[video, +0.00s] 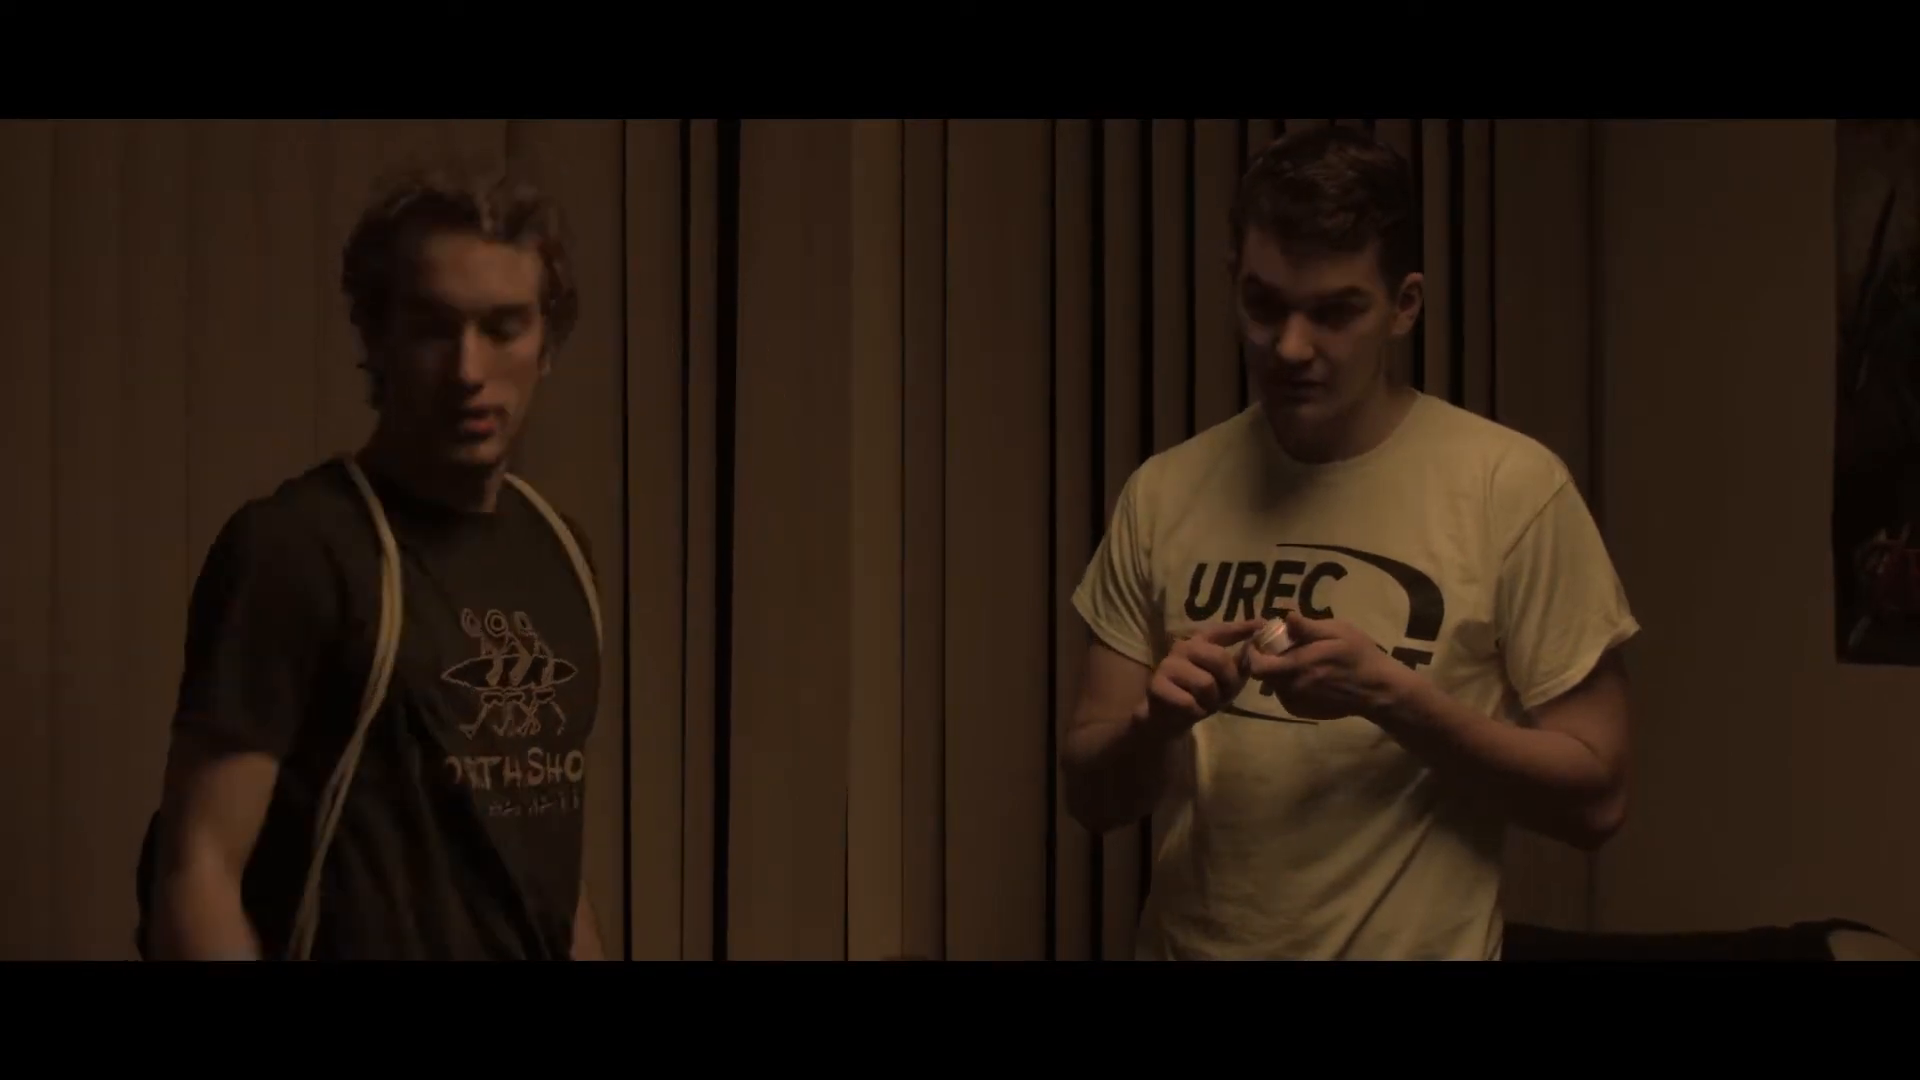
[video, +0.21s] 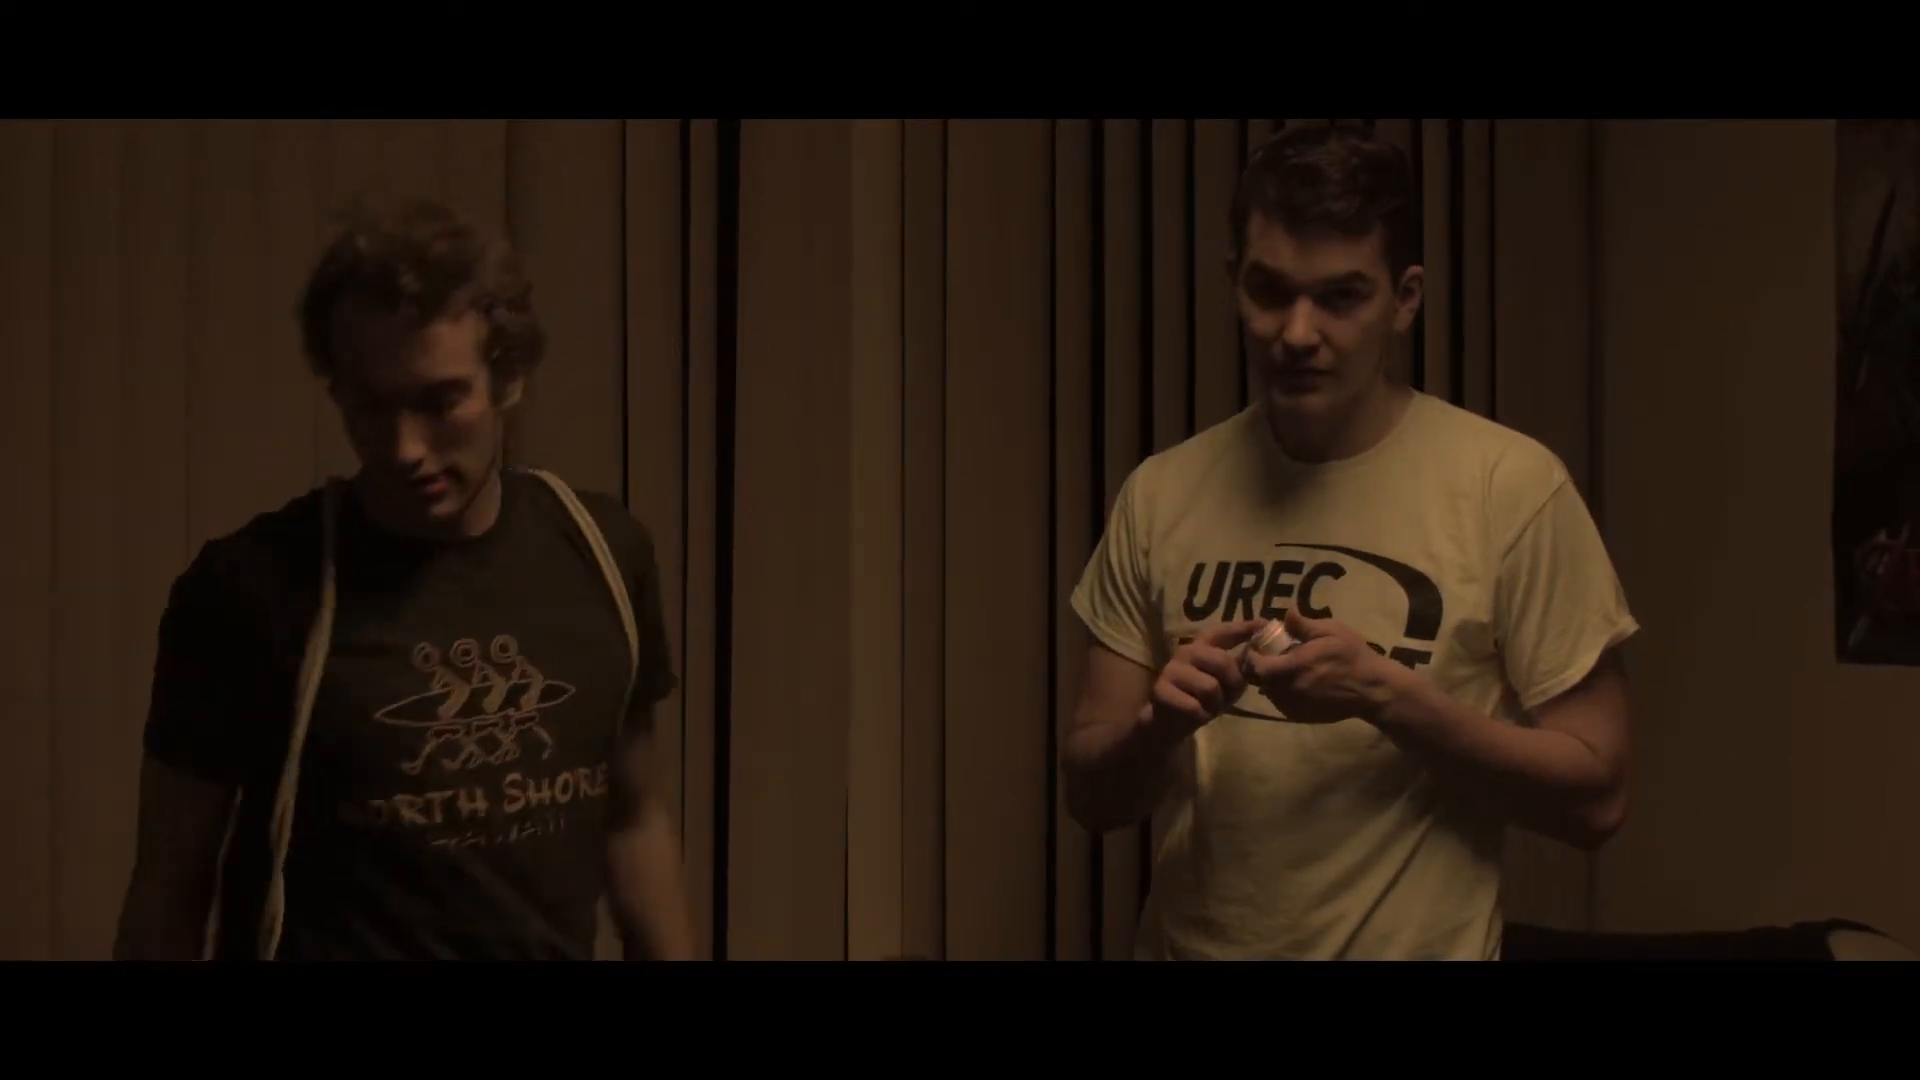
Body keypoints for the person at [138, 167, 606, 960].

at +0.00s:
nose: (470, 371)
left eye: (503, 327)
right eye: (432, 327)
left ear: (546, 340)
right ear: (372, 340)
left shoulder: (555, 546)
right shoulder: (288, 549)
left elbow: (540, 848)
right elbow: (197, 869)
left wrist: (584, 946)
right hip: (349, 943)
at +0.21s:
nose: (408, 449)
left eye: (441, 400)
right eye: (372, 407)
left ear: (509, 383)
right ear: (337, 398)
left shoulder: (606, 553)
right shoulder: (247, 589)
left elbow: (635, 813)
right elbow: (172, 881)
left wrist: (673, 949)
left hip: (553, 945)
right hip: (326, 949)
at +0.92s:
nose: (357, 397)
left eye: (393, 352)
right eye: (326, 362)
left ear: (465, 365)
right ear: (295, 381)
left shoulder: (588, 541)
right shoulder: (223, 581)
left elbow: (671, 796)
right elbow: (168, 877)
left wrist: (714, 953)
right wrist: (374, 863)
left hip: (546, 951)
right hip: (332, 963)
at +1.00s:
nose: (379, 376)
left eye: (416, 333)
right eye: (346, 341)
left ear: (481, 361)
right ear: (311, 369)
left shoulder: (586, 549)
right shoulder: (226, 577)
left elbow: (647, 817)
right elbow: (168, 878)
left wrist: (696, 952)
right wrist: (411, 950)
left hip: (542, 951)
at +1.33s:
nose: (442, 371)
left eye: (477, 333)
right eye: (406, 337)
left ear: (525, 371)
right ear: (359, 379)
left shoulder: (578, 572)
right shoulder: (263, 576)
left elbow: (596, 844)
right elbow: (188, 873)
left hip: (526, 947)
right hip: (327, 946)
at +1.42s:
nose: (447, 381)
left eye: (481, 344)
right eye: (411, 346)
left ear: (531, 376)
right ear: (364, 378)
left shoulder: (572, 573)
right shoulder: (264, 577)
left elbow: (587, 842)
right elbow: (163, 864)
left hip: (525, 947)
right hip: (319, 947)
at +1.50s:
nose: (446, 402)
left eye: (480, 364)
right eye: (413, 366)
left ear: (532, 381)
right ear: (369, 382)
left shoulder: (573, 578)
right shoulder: (265, 577)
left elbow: (580, 850)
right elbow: (159, 863)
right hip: (317, 945)